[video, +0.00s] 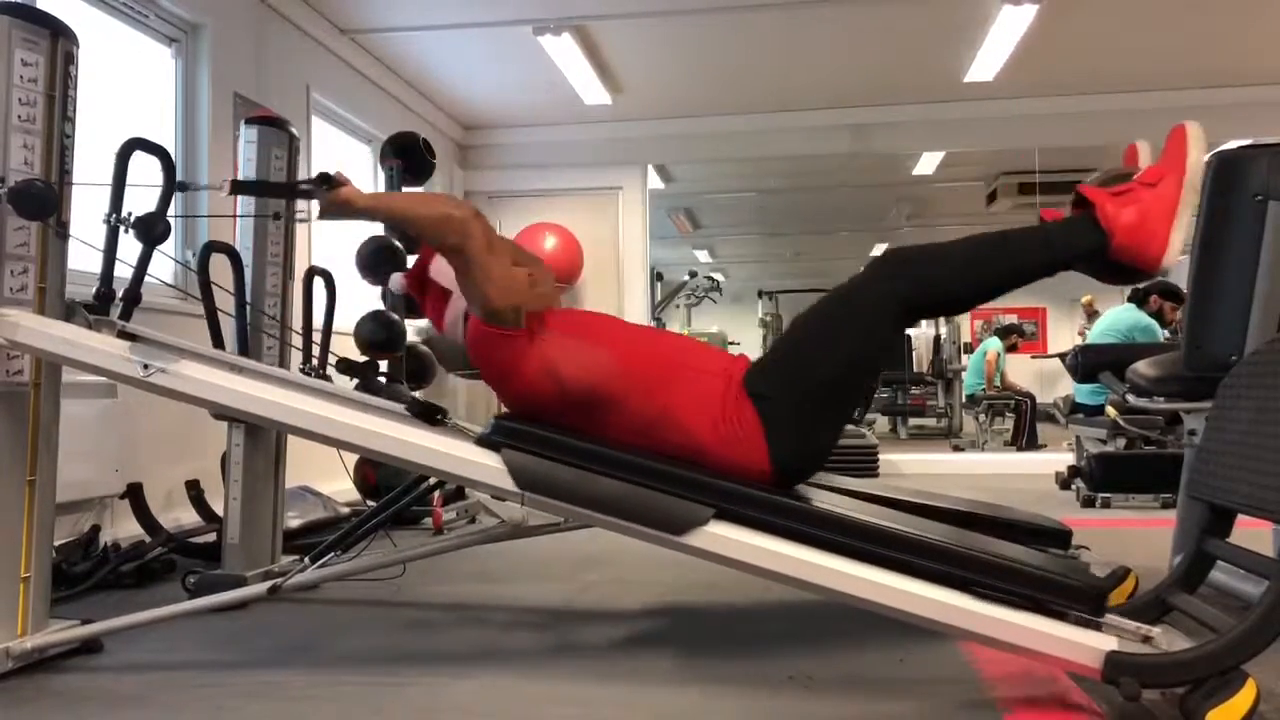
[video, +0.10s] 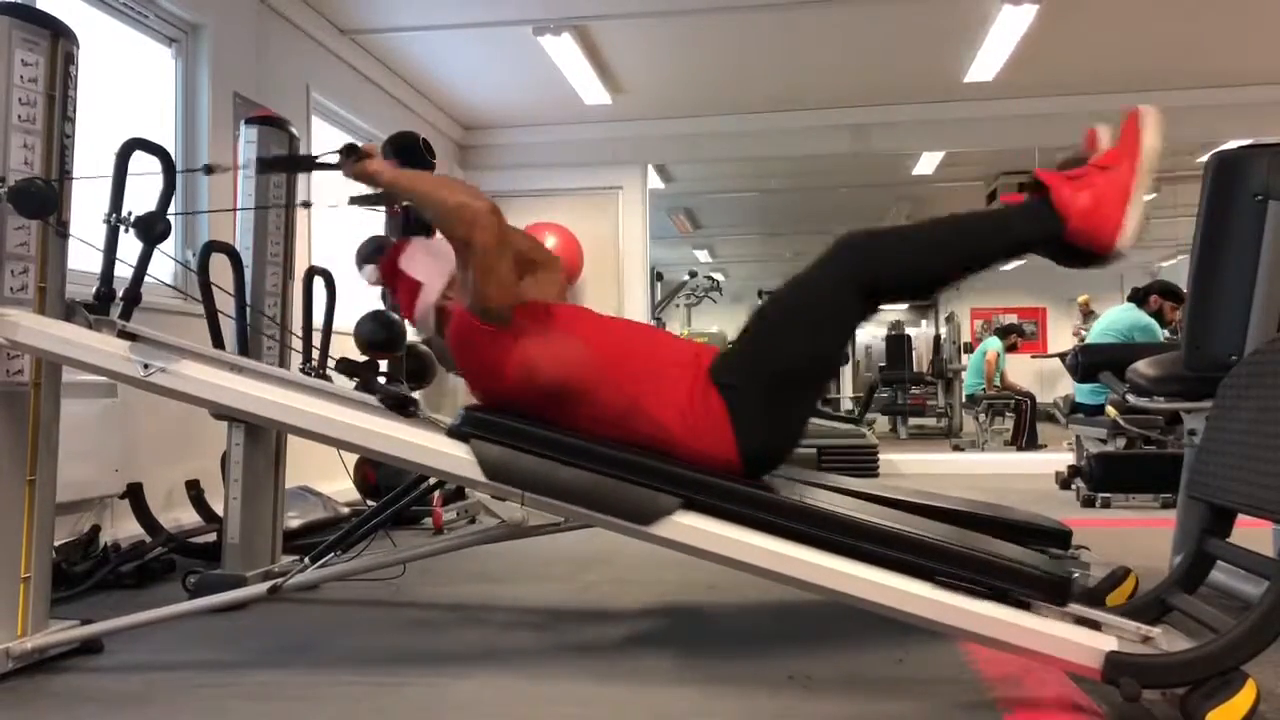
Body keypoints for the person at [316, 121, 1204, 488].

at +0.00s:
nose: (513, 253)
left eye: (499, 245)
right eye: (496, 251)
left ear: (458, 303)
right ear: (475, 287)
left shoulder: (521, 336)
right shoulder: (508, 336)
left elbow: (562, 253)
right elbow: (453, 218)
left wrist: (448, 247)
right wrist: (364, 203)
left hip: (753, 398)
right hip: (761, 425)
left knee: (890, 271)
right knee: (892, 282)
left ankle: (1094, 223)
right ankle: (1109, 236)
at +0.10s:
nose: (417, 263)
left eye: (409, 260)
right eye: (409, 258)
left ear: (423, 280)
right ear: (422, 276)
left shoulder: (497, 316)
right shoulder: (481, 322)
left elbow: (558, 251)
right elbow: (474, 216)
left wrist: (454, 223)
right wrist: (397, 178)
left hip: (721, 404)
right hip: (726, 424)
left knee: (850, 262)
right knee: (850, 265)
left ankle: (1055, 211)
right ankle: (1065, 215)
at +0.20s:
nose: (416, 254)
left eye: (405, 248)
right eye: (401, 257)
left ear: (425, 262)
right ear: (401, 297)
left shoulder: (496, 317)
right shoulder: (445, 339)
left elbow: (557, 255)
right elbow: (482, 237)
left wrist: (471, 194)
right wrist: (420, 163)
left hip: (688, 382)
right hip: (687, 409)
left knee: (793, 240)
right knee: (790, 242)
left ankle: (998, 183)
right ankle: (1002, 186)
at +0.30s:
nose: (402, 230)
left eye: (391, 222)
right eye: (385, 232)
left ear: (394, 246)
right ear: (365, 271)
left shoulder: (446, 310)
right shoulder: (398, 328)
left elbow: (551, 279)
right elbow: (461, 249)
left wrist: (511, 193)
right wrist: (433, 140)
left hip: (636, 369)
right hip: (636, 394)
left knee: (718, 216)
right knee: (717, 215)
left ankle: (912, 157)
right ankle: (917, 158)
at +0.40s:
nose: (361, 213)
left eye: (351, 205)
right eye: (343, 214)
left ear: (329, 244)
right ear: (320, 249)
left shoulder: (398, 295)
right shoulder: (355, 308)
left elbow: (515, 286)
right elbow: (425, 250)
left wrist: (531, 195)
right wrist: (451, 127)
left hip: (588, 362)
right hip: (591, 381)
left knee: (644, 191)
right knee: (645, 189)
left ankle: (831, 135)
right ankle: (831, 130)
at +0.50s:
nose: (333, 201)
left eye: (321, 192)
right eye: (314, 197)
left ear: (298, 226)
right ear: (287, 230)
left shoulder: (357, 280)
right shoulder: (320, 288)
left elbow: (481, 282)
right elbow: (408, 236)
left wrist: (552, 213)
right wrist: (474, 126)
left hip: (545, 351)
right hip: (547, 367)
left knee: (576, 174)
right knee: (569, 163)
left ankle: (755, 129)